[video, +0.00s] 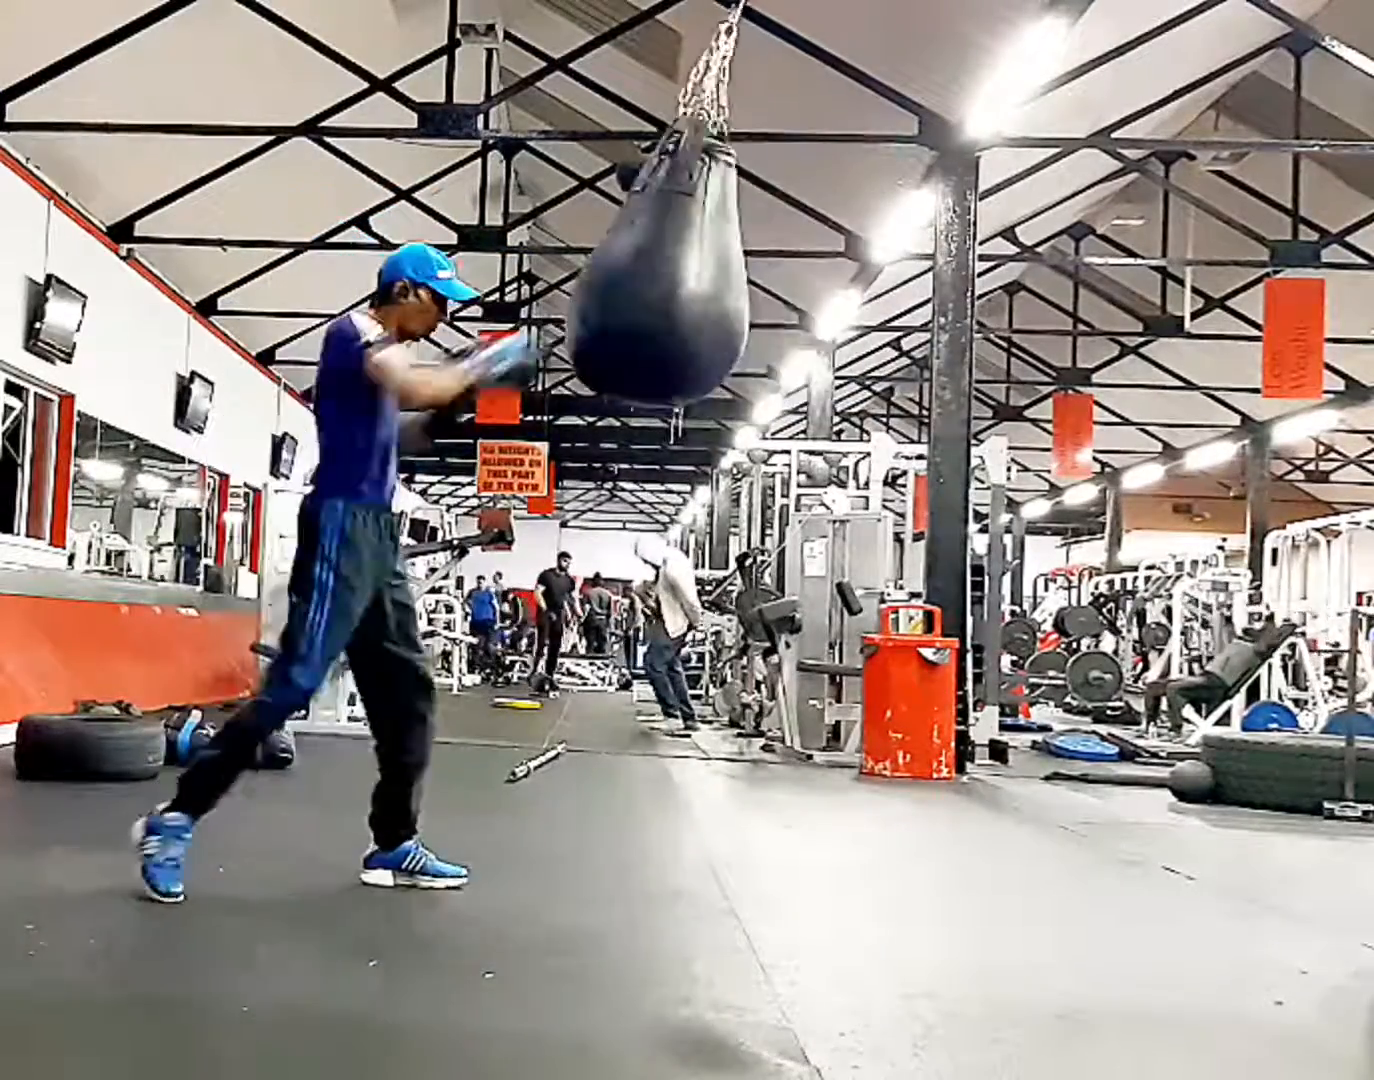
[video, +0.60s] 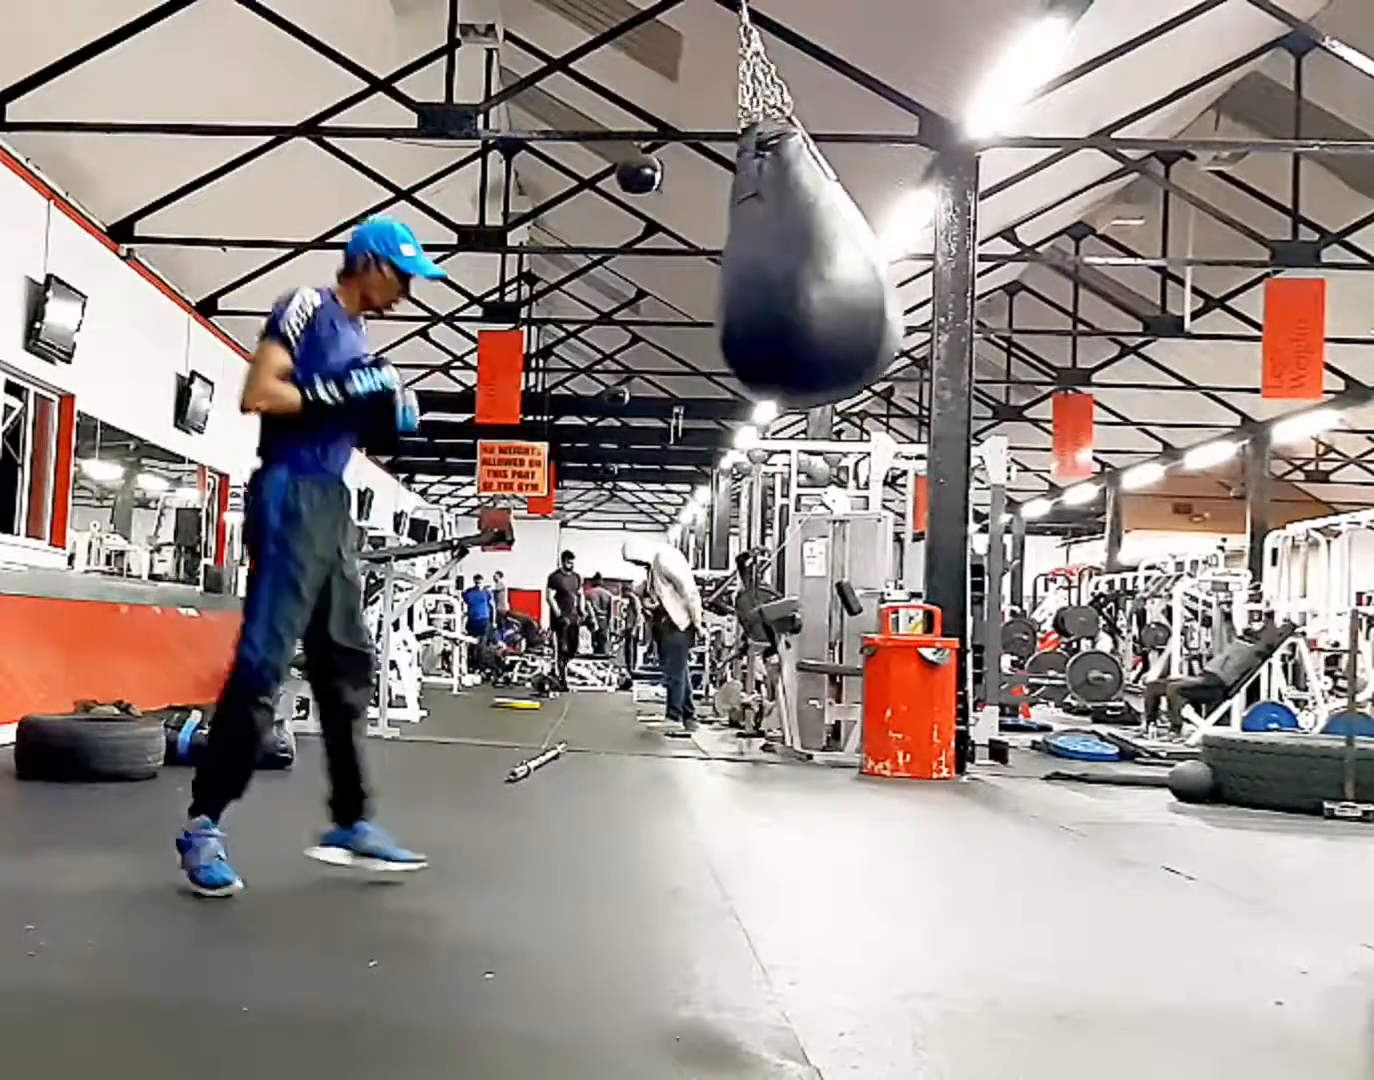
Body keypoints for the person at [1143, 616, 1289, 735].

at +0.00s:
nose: (1253, 628)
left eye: (1259, 628)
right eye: (1254, 627)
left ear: (1262, 637)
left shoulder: (1257, 650)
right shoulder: (1232, 645)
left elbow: (1272, 641)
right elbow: (1220, 631)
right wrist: (1220, 613)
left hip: (1218, 683)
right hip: (1203, 677)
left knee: (1173, 688)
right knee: (1152, 688)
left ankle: (1177, 731)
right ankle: (1148, 728)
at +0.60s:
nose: (1261, 631)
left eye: (1263, 629)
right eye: (1262, 629)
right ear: (1255, 635)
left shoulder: (1258, 650)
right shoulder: (1235, 643)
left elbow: (1271, 643)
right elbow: (1225, 627)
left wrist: (1287, 628)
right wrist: (1220, 609)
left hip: (1217, 683)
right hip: (1202, 677)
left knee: (1174, 689)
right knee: (1152, 688)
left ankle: (1176, 731)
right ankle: (1148, 728)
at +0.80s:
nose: (1249, 629)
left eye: (1256, 627)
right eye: (1251, 625)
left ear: (1257, 636)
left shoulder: (1255, 651)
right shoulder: (1235, 644)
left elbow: (1267, 628)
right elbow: (1235, 627)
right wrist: (1230, 606)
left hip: (1218, 682)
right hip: (1204, 677)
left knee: (1174, 688)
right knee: (1153, 687)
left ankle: (1176, 730)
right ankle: (1149, 727)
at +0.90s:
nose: (1243, 628)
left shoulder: (1254, 652)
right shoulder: (1234, 645)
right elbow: (1236, 629)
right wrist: (1231, 607)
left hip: (1218, 681)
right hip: (1204, 676)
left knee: (1174, 689)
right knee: (1153, 688)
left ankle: (1175, 731)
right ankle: (1148, 727)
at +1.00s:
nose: (1253, 626)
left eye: (1256, 627)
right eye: (1254, 624)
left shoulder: (1256, 650)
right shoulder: (1239, 643)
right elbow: (1237, 631)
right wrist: (1230, 607)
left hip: (1218, 681)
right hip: (1205, 675)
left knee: (1173, 689)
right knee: (1153, 687)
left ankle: (1176, 729)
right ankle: (1149, 725)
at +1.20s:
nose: (1257, 617)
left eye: (1261, 613)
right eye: (1257, 614)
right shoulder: (1244, 644)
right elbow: (1237, 631)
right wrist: (1230, 605)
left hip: (1216, 683)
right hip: (1205, 677)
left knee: (1172, 690)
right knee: (1152, 688)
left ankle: (1176, 729)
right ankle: (1149, 727)